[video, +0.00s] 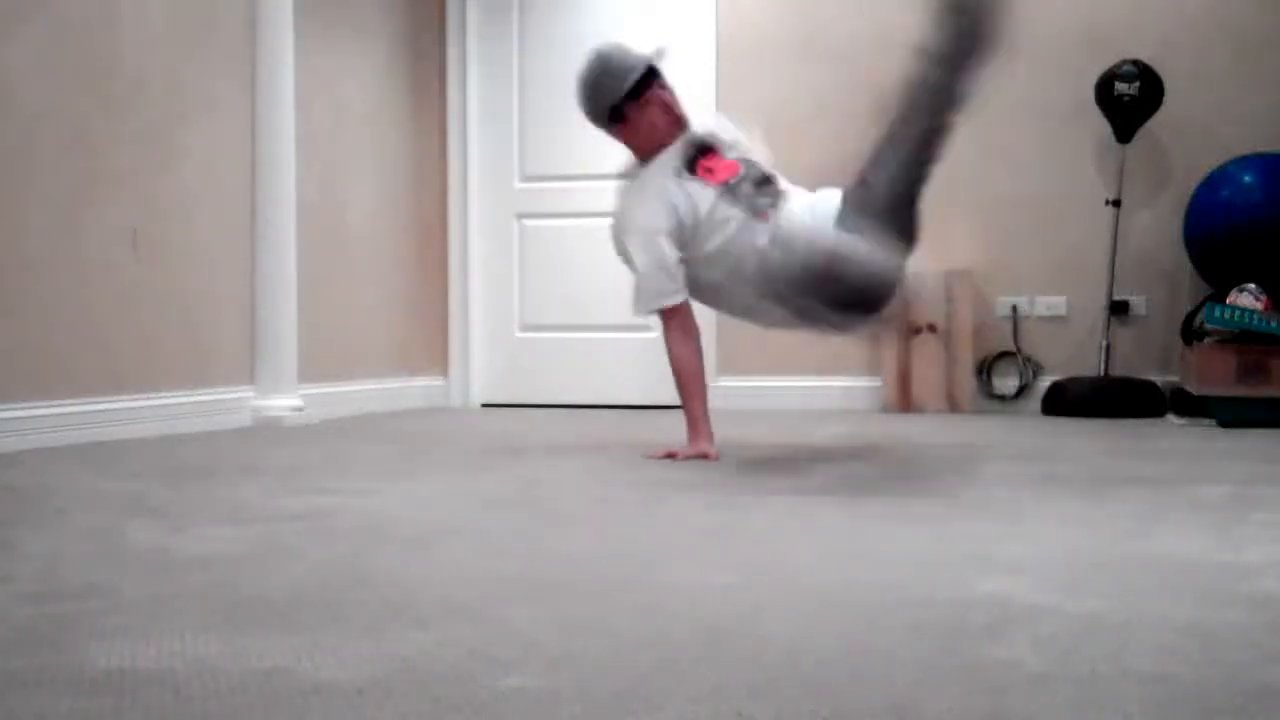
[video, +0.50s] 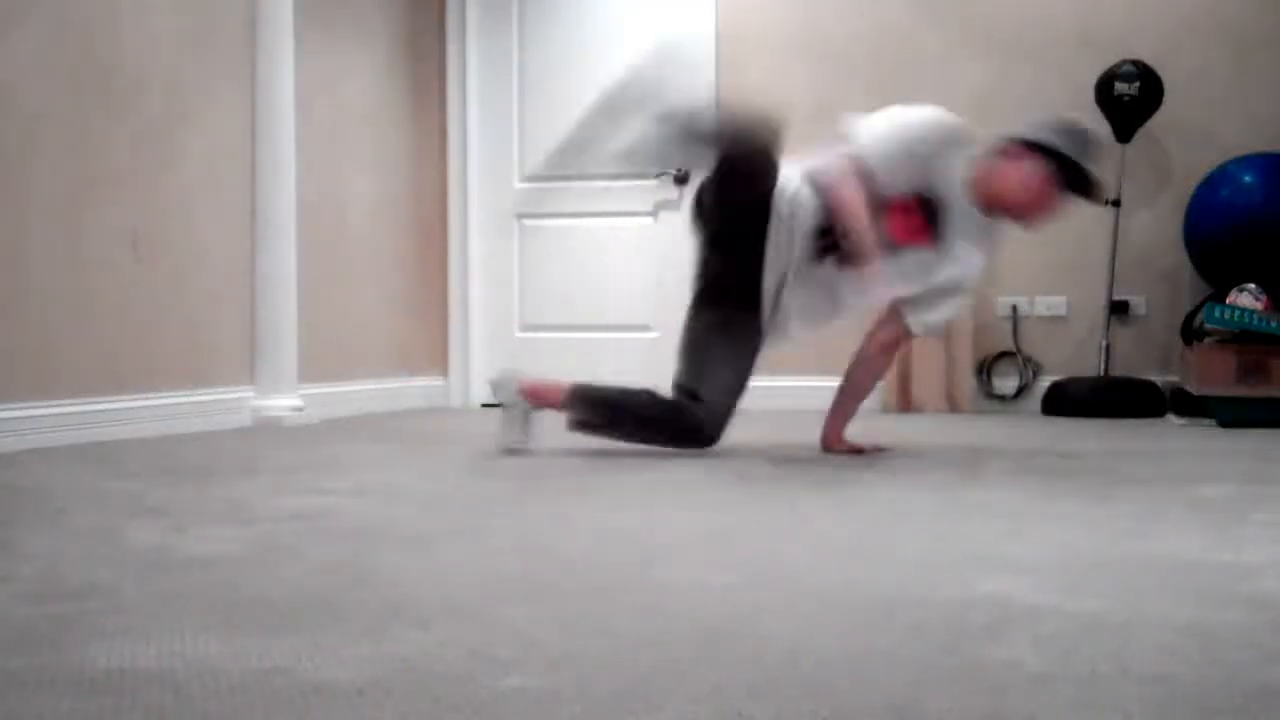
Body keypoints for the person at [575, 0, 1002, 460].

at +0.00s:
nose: (666, 101)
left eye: (660, 86)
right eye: (645, 100)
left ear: (668, 85)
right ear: (619, 127)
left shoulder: (714, 132)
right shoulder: (642, 213)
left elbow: (777, 197)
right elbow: (677, 325)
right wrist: (700, 438)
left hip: (858, 227)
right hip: (840, 290)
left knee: (919, 122)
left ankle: (961, 36)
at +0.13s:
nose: (726, 122)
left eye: (725, 111)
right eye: (711, 113)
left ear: (730, 117)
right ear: (685, 120)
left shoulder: (760, 189)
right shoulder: (671, 208)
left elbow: (800, 329)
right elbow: (680, 327)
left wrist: (829, 434)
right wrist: (698, 439)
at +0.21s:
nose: (786, 152)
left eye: (793, 141)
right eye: (775, 139)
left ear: (803, 146)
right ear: (744, 137)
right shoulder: (695, 218)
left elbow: (817, 348)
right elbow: (685, 333)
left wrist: (831, 438)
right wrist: (697, 437)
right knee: (716, 90)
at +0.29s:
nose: (858, 149)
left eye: (864, 136)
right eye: (847, 131)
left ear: (864, 144)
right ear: (813, 127)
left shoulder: (850, 233)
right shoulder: (759, 190)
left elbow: (848, 334)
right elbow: (686, 281)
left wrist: (832, 433)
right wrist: (666, 358)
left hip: (793, 345)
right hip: (742, 273)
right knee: (777, 90)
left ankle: (955, 319)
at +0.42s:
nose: (977, 181)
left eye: (989, 172)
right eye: (978, 160)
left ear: (982, 178)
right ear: (947, 138)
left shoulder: (938, 247)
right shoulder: (866, 141)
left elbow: (877, 332)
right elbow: (774, 174)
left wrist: (833, 433)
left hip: (753, 321)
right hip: (736, 242)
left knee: (734, 419)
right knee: (787, 92)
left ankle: (583, 410)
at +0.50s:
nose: (1043, 206)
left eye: (1056, 201)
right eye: (1049, 185)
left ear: (1044, 204)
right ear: (1020, 153)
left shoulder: (966, 263)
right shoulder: (938, 135)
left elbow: (889, 335)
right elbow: (833, 165)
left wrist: (832, 435)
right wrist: (870, 250)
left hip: (752, 305)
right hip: (754, 216)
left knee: (696, 423)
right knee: (757, 135)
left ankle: (533, 394)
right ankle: (667, 141)